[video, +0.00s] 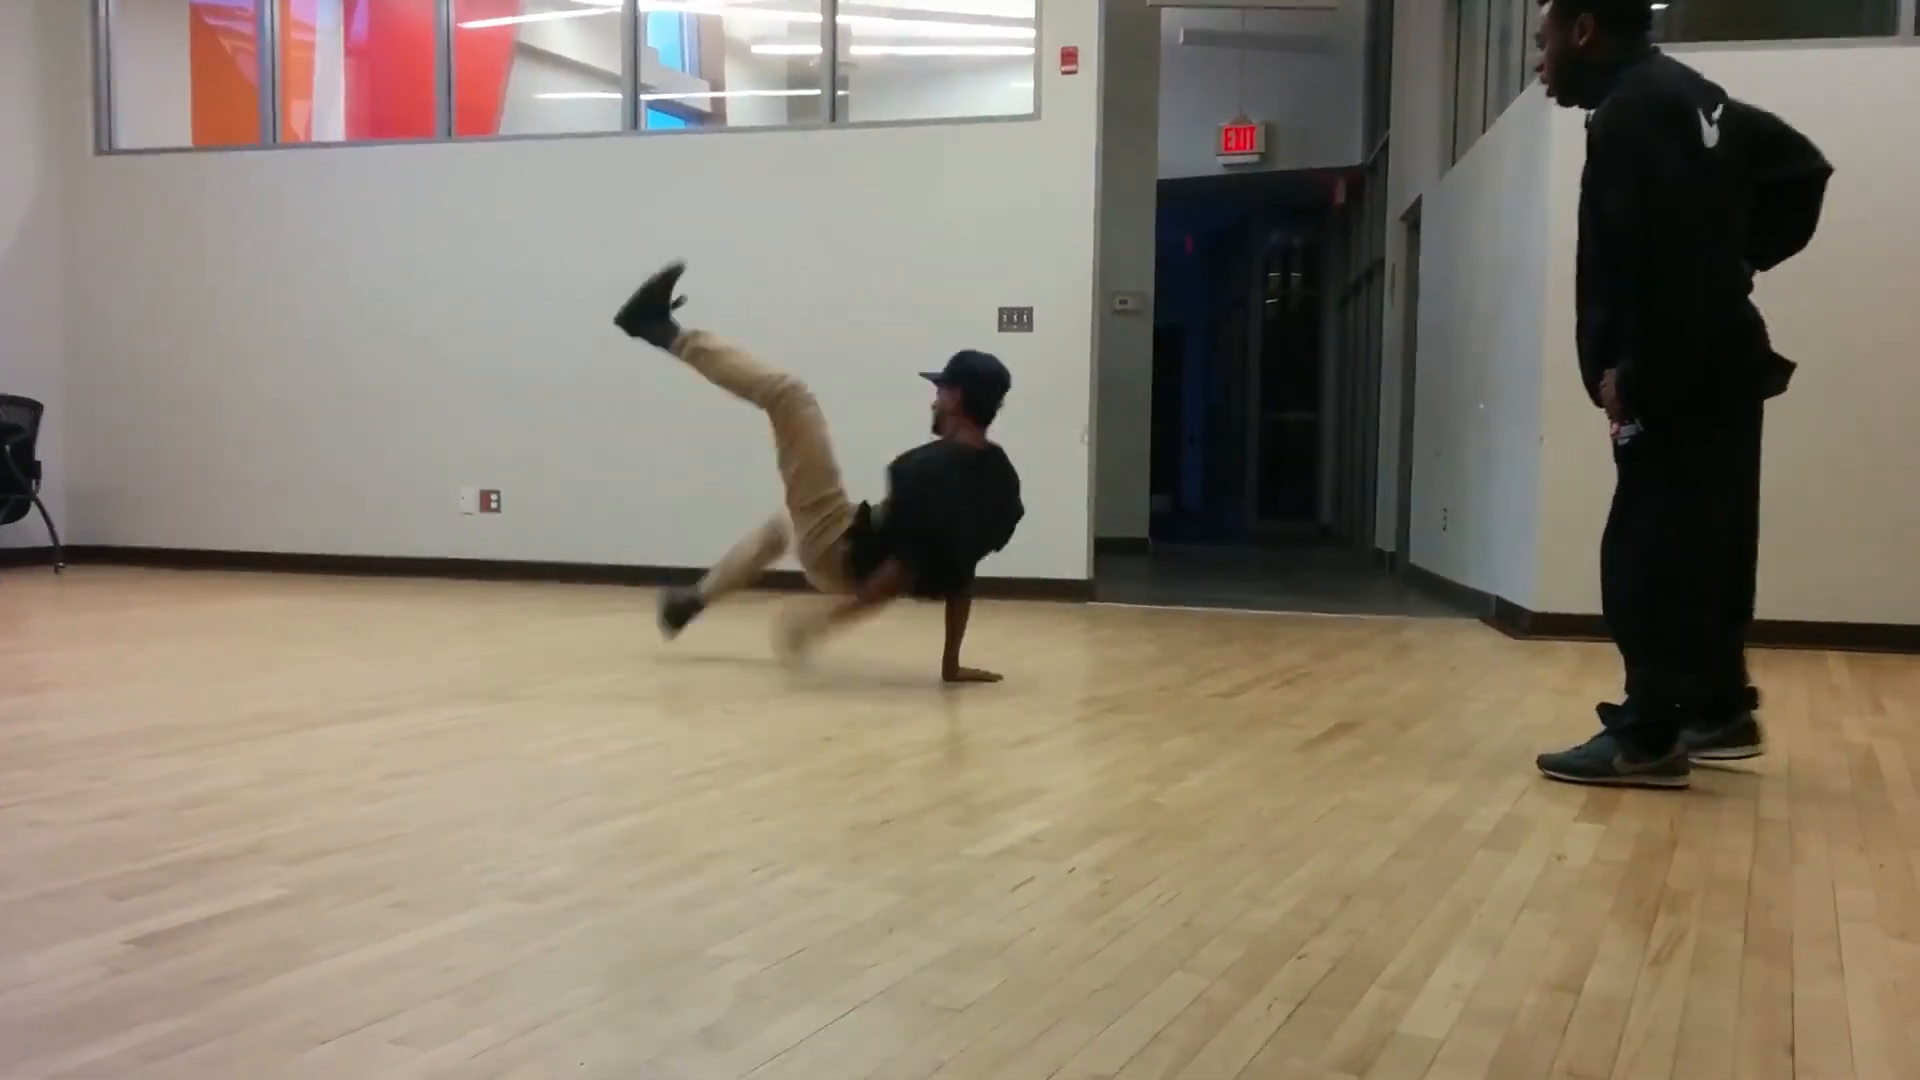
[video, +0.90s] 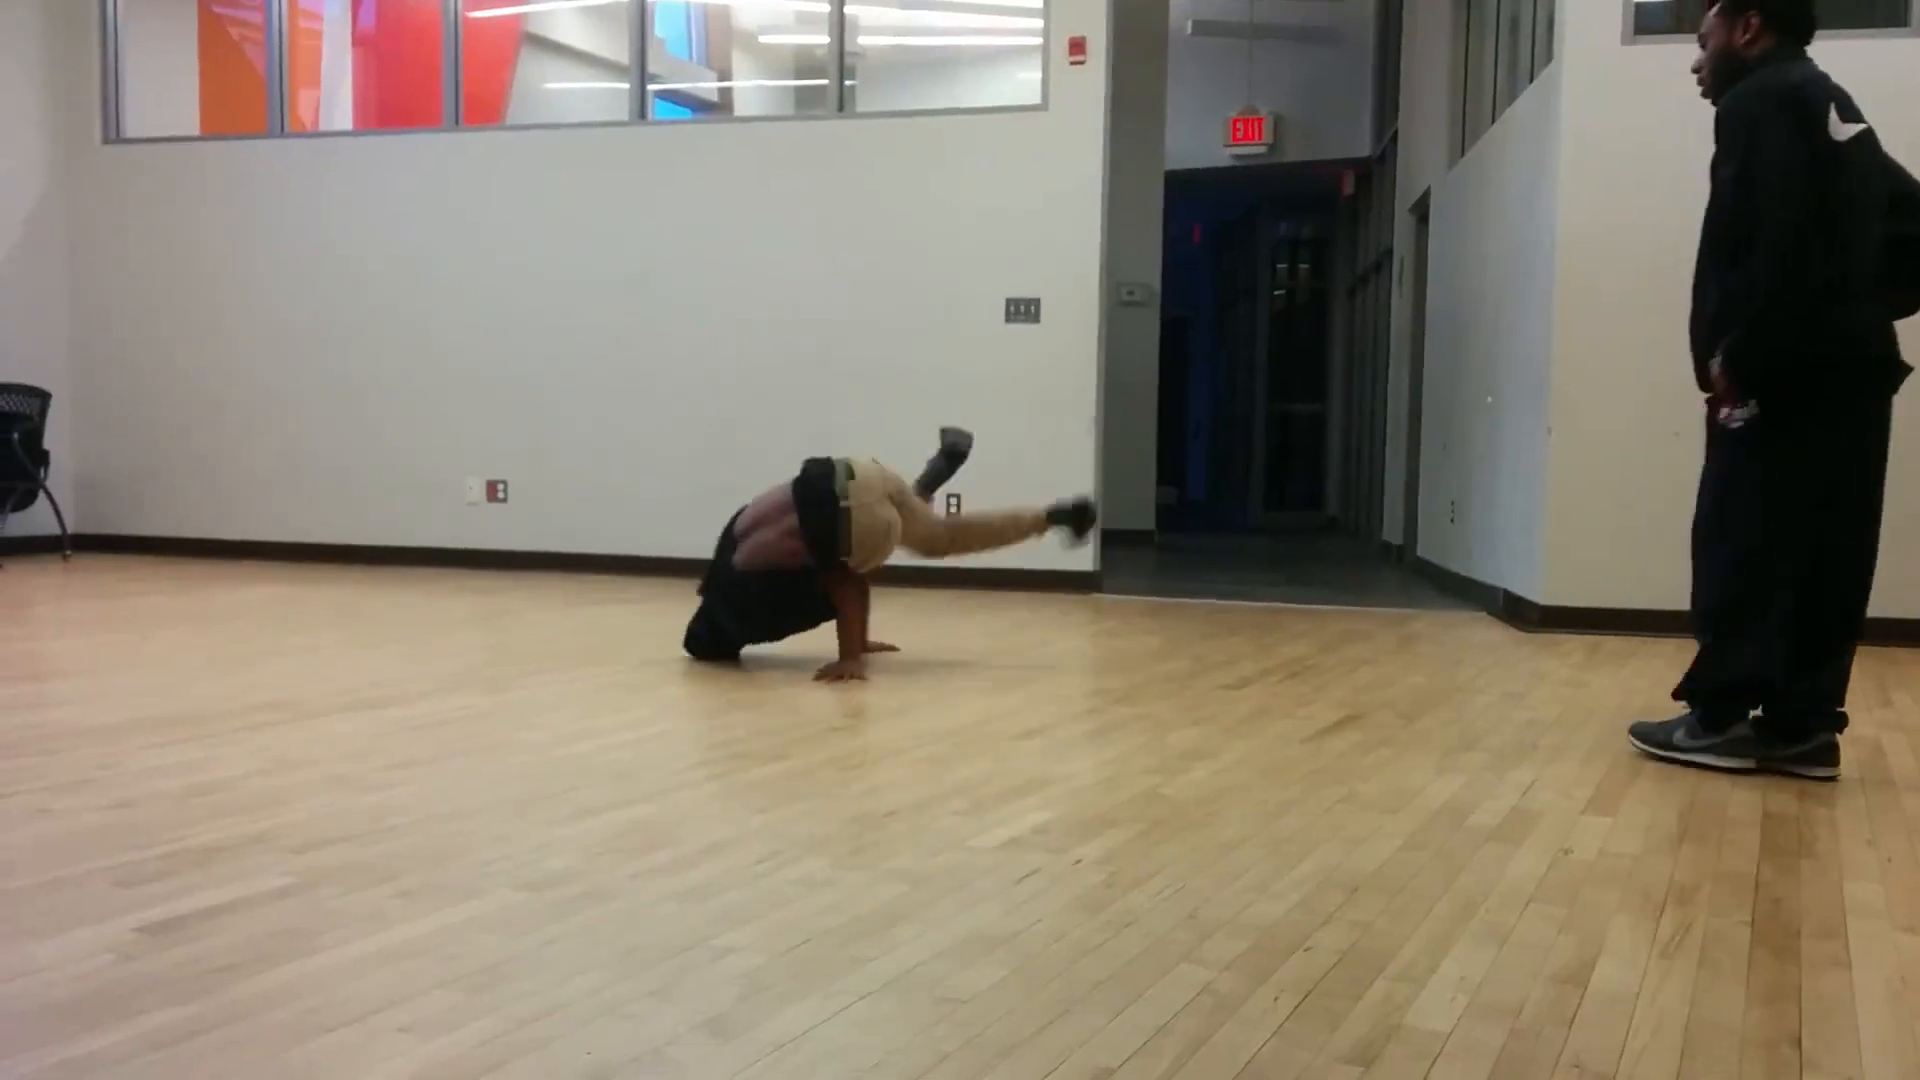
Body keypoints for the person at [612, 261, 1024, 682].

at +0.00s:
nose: (934, 397)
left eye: (941, 390)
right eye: (939, 388)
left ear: (959, 401)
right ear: (981, 406)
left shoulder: (928, 468)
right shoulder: (1000, 479)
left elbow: (899, 571)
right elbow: (960, 578)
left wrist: (816, 623)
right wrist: (951, 665)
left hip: (840, 561)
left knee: (789, 397)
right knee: (787, 526)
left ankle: (660, 328)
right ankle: (690, 600)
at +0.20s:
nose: (841, 458)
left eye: (847, 446)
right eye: (840, 450)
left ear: (868, 427)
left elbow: (832, 479)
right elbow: (959, 583)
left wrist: (757, 511)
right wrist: (953, 664)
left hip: (913, 472)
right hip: (949, 523)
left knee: (770, 491)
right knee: (887, 648)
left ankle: (624, 526)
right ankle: (835, 664)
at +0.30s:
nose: (895, 544)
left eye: (895, 544)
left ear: (888, 536)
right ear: (925, 534)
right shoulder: (954, 508)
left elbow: (856, 580)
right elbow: (958, 578)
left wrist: (847, 668)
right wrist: (954, 664)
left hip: (869, 453)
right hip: (934, 451)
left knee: (802, 589)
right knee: (1033, 566)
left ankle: (735, 627)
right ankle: (979, 600)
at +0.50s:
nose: (944, 509)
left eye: (946, 502)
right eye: (940, 499)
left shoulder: (839, 564)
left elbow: (863, 600)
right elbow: (924, 583)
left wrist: (852, 670)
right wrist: (954, 659)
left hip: (854, 562)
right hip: (863, 504)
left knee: (993, 611)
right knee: (976, 444)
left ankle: (1059, 646)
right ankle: (1021, 429)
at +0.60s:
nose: (744, 607)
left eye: (739, 602)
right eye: (737, 600)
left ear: (736, 595)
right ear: (744, 560)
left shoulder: (769, 592)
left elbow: (857, 579)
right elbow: (895, 566)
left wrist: (852, 666)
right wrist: (938, 651)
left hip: (866, 557)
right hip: (855, 497)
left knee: (996, 554)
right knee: (999, 431)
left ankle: (1106, 564)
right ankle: (962, 470)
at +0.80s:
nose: (731, 650)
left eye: (724, 648)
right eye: (723, 644)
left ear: (731, 644)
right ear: (724, 619)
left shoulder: (767, 621)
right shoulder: (748, 544)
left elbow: (852, 587)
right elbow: (858, 578)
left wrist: (856, 660)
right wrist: (874, 639)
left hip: (865, 545)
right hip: (856, 483)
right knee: (960, 498)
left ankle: (964, 466)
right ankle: (1022, 507)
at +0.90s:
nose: (727, 652)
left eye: (719, 651)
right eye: (721, 649)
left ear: (721, 640)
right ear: (716, 630)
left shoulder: (739, 595)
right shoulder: (739, 545)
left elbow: (840, 583)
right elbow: (844, 578)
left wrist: (849, 655)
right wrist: (861, 638)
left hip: (856, 528)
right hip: (855, 473)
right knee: (937, 535)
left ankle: (931, 476)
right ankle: (1054, 517)